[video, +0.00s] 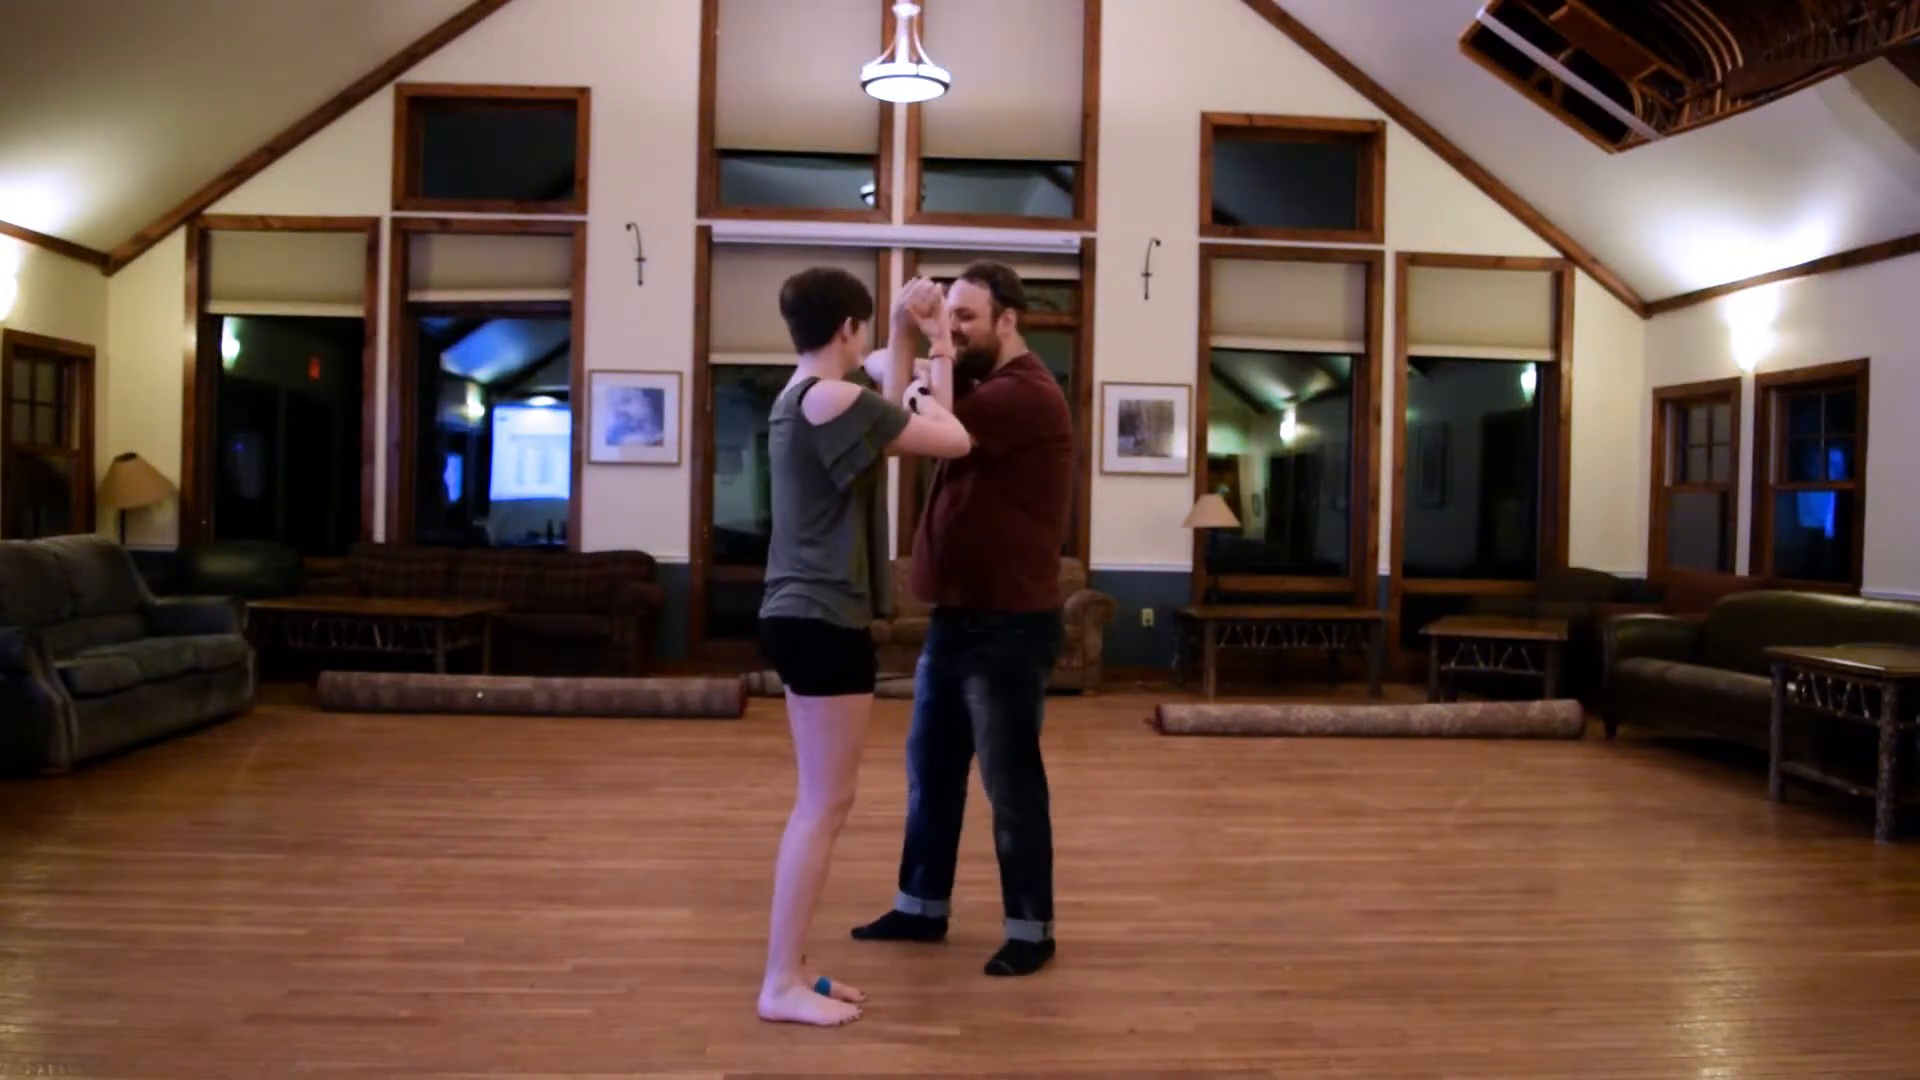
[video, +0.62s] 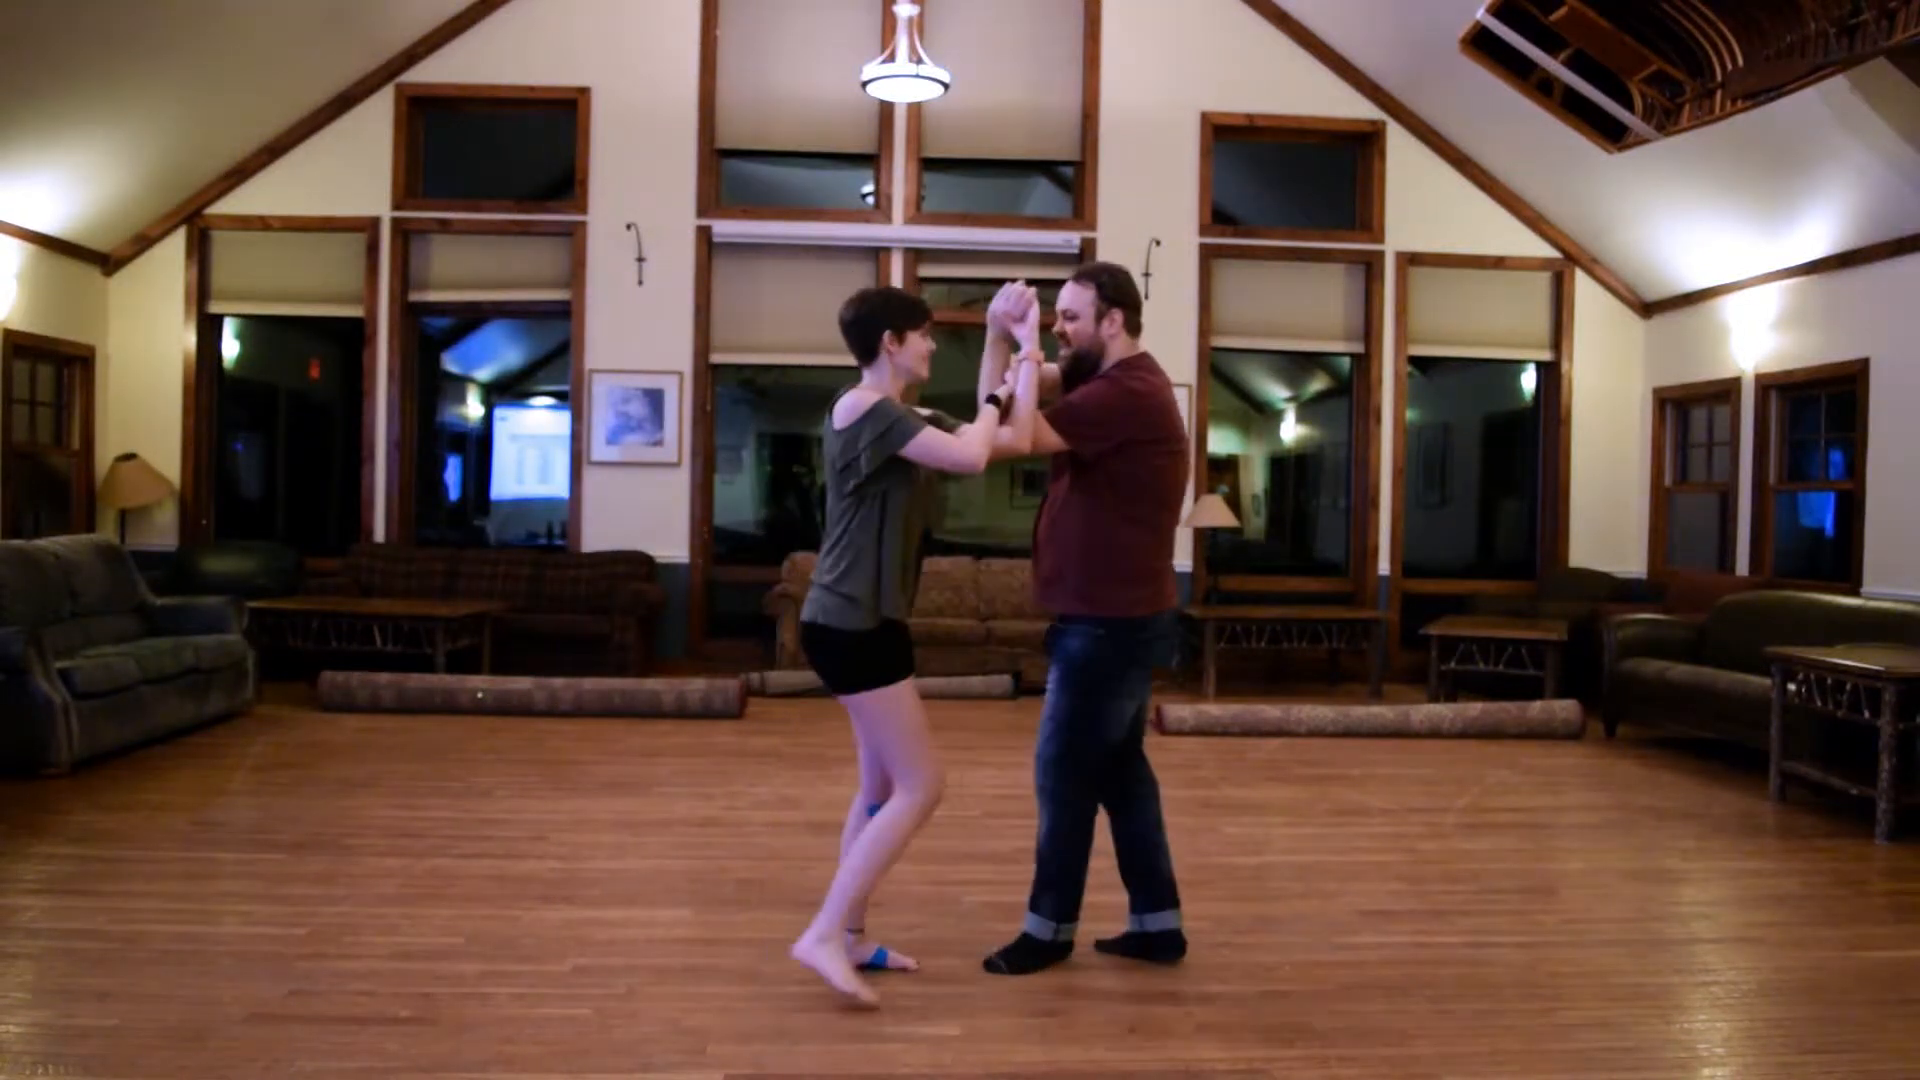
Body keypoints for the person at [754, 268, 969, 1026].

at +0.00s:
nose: (867, 337)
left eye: (867, 325)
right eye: (865, 327)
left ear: (804, 333)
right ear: (851, 331)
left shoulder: (799, 396)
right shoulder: (839, 400)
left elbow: (890, 408)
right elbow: (951, 436)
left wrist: (904, 335)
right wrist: (941, 354)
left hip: (800, 614)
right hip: (825, 621)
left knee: (819, 804)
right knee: (823, 808)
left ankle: (788, 973)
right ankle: (782, 985)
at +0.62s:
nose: (932, 351)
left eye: (932, 339)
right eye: (926, 338)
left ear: (883, 346)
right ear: (892, 344)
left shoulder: (863, 408)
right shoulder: (872, 414)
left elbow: (969, 445)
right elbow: (973, 453)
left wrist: (997, 366)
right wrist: (1010, 367)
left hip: (849, 619)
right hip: (858, 625)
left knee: (878, 786)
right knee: (921, 786)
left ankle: (849, 935)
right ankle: (824, 936)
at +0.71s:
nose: (951, 349)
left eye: (950, 337)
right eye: (944, 337)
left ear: (902, 344)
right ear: (909, 342)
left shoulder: (877, 406)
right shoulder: (889, 411)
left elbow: (998, 439)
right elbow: (983, 453)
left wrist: (1016, 363)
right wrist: (1012, 384)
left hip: (861, 615)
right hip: (872, 620)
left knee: (881, 785)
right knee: (945, 775)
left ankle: (846, 933)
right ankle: (877, 935)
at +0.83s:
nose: (979, 349)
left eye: (977, 337)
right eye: (971, 337)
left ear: (926, 345)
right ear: (938, 344)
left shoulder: (903, 407)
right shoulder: (915, 414)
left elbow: (1017, 439)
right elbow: (1012, 453)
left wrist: (1040, 353)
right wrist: (1036, 386)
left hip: (890, 615)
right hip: (897, 622)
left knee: (891, 782)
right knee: (967, 775)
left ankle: (847, 935)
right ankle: (979, 953)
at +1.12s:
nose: (1044, 358)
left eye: (1043, 346)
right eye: (1038, 347)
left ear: (994, 354)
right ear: (1008, 352)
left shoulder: (974, 418)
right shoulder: (991, 425)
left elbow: (1086, 448)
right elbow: (1091, 464)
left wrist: (1100, 364)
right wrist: (1116, 384)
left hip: (972, 626)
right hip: (989, 632)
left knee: (962, 789)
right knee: (1047, 790)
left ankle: (866, 913)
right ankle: (1055, 968)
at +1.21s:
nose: (1063, 357)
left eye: (1062, 345)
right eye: (1059, 345)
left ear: (1015, 352)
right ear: (1032, 350)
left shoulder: (990, 418)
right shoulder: (1015, 425)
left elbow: (1102, 448)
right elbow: (1123, 462)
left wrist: (1111, 363)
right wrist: (1145, 372)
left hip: (999, 623)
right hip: (1020, 629)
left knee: (1020, 797)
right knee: (1067, 791)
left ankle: (902, 890)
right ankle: (1056, 969)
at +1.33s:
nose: (1098, 350)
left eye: (1095, 338)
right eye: (1092, 338)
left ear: (1048, 348)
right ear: (1065, 346)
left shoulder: (1036, 412)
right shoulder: (1047, 421)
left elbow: (1134, 436)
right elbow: (1158, 461)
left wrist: (1142, 351)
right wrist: (1179, 371)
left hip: (1061, 625)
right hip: (1046, 630)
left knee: (1112, 791)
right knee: (1084, 798)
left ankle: (982, 886)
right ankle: (1057, 971)